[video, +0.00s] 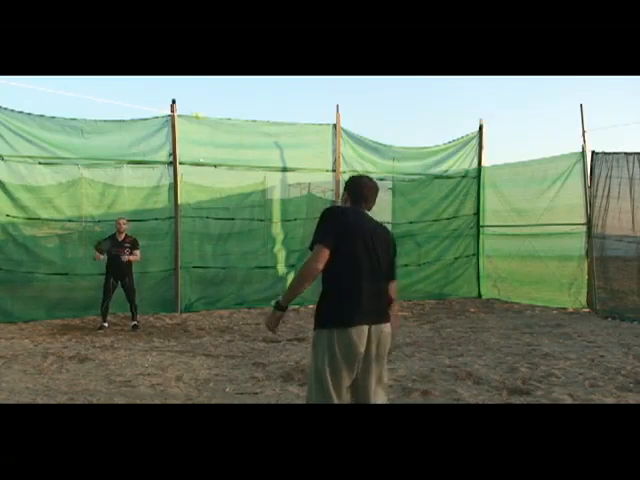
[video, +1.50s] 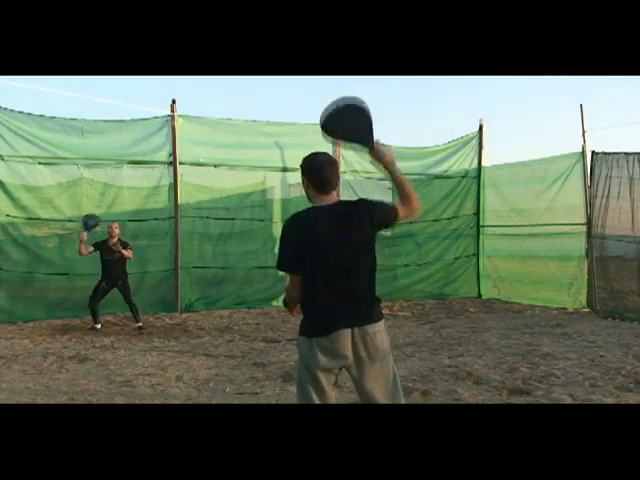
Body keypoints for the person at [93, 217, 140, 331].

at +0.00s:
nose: (121, 226)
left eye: (123, 224)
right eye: (119, 224)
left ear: (127, 226)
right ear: (115, 226)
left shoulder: (132, 241)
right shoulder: (109, 240)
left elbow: (137, 256)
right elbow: (99, 251)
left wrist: (128, 257)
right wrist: (99, 255)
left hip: (126, 273)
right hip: (112, 273)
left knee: (131, 298)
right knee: (106, 298)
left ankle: (134, 321)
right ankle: (104, 322)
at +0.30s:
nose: (115, 228)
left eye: (117, 225)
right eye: (113, 225)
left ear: (121, 227)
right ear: (110, 228)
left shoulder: (127, 240)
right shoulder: (105, 242)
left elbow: (129, 244)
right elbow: (87, 250)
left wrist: (119, 235)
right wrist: (87, 236)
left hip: (124, 274)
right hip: (110, 275)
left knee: (129, 300)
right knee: (104, 300)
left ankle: (132, 323)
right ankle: (104, 323)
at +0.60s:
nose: (114, 224)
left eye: (116, 222)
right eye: (112, 223)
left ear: (120, 225)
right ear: (110, 226)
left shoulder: (126, 239)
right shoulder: (106, 239)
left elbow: (135, 244)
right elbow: (97, 238)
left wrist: (129, 233)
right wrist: (97, 222)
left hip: (123, 272)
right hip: (109, 272)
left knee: (128, 298)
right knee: (104, 298)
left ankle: (132, 323)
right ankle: (104, 322)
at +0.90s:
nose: (118, 227)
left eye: (120, 224)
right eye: (116, 224)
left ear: (124, 226)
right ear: (113, 226)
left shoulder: (126, 242)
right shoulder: (106, 243)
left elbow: (135, 255)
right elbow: (101, 262)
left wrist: (136, 253)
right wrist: (110, 276)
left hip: (121, 273)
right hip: (107, 273)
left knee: (127, 298)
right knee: (104, 299)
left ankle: (132, 323)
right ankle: (103, 322)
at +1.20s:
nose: (116, 227)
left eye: (119, 224)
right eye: (114, 224)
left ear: (122, 227)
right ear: (111, 226)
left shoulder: (128, 241)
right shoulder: (103, 242)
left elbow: (135, 257)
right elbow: (94, 258)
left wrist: (128, 260)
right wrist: (98, 266)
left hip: (122, 272)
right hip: (107, 272)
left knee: (128, 298)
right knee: (102, 298)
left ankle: (132, 323)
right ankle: (101, 322)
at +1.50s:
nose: (113, 230)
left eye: (115, 228)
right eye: (111, 228)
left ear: (119, 231)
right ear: (107, 230)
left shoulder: (123, 244)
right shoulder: (102, 244)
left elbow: (130, 256)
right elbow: (83, 252)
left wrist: (120, 249)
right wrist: (82, 242)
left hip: (121, 278)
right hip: (107, 278)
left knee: (129, 300)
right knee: (93, 301)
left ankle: (138, 323)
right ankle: (97, 324)